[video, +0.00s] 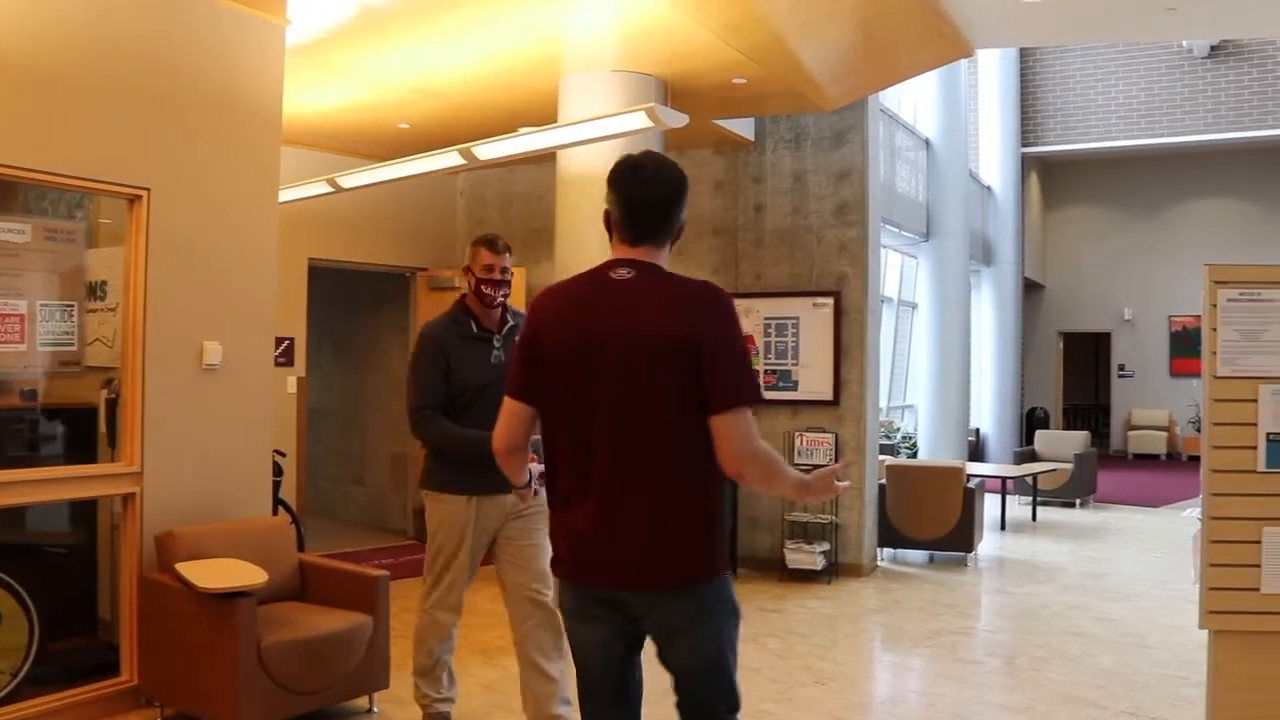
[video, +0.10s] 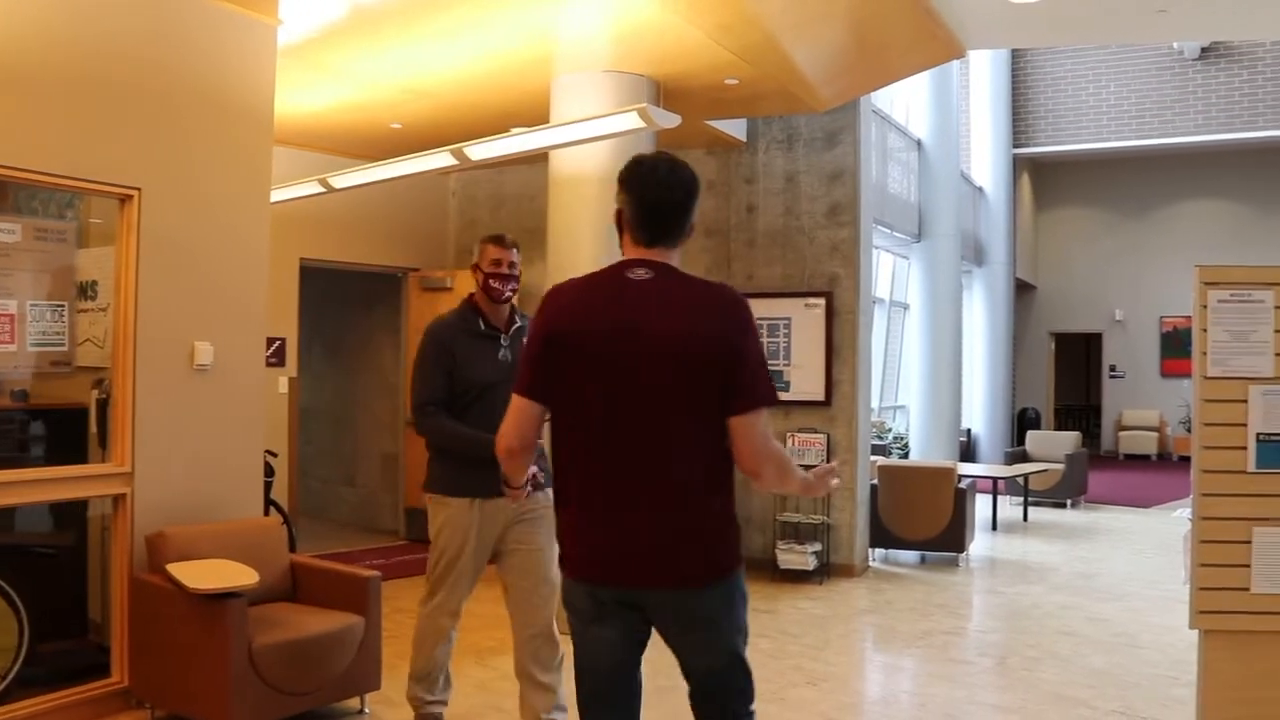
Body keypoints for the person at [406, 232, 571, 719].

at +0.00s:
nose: (497, 280)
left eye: (504, 272)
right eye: (488, 272)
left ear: (512, 275)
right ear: (467, 274)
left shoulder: (527, 333)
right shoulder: (438, 336)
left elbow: (547, 401)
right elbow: (423, 421)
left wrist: (539, 451)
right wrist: (497, 444)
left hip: (524, 489)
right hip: (457, 492)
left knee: (538, 602)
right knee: (443, 603)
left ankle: (554, 712)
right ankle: (436, 706)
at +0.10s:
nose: (504, 274)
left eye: (511, 267)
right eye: (495, 266)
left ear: (520, 276)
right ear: (475, 272)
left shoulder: (534, 335)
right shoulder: (443, 333)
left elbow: (545, 408)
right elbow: (426, 416)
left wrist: (535, 459)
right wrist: (499, 448)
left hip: (529, 494)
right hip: (461, 495)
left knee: (539, 613)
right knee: (443, 606)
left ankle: (547, 712)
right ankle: (428, 706)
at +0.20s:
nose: (511, 272)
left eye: (520, 266)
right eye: (503, 264)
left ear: (529, 274)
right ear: (484, 269)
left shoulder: (539, 334)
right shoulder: (450, 329)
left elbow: (551, 403)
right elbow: (426, 411)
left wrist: (534, 446)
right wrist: (494, 441)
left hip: (534, 492)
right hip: (467, 494)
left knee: (539, 613)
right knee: (448, 606)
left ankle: (539, 712)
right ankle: (421, 706)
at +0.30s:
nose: (520, 274)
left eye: (529, 268)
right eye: (512, 265)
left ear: (536, 276)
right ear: (491, 268)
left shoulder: (545, 337)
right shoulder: (454, 326)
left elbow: (558, 404)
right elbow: (427, 408)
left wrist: (541, 440)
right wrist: (488, 438)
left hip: (533, 492)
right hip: (469, 493)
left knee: (529, 614)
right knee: (453, 604)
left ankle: (528, 713)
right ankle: (415, 705)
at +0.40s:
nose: (524, 278)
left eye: (533, 272)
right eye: (517, 267)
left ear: (540, 278)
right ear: (497, 268)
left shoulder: (544, 337)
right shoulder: (457, 324)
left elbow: (568, 403)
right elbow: (424, 405)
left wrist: (608, 421)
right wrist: (483, 435)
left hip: (528, 492)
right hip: (467, 490)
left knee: (521, 609)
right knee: (467, 594)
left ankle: (516, 711)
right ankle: (414, 703)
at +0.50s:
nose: (522, 279)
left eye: (532, 274)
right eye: (516, 269)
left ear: (540, 280)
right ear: (497, 267)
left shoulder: (542, 340)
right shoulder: (457, 323)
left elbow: (562, 404)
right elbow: (420, 400)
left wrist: (601, 419)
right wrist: (476, 434)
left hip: (522, 492)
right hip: (463, 488)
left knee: (510, 610)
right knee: (467, 598)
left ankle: (504, 711)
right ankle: (421, 712)